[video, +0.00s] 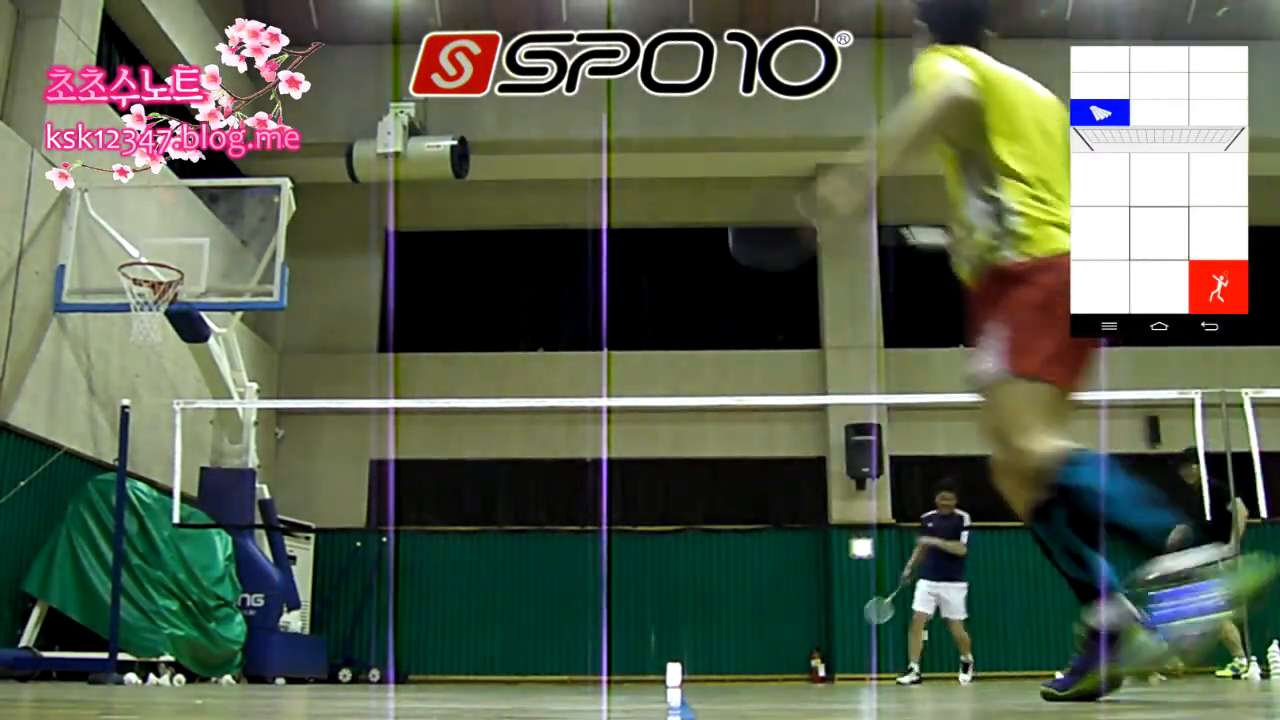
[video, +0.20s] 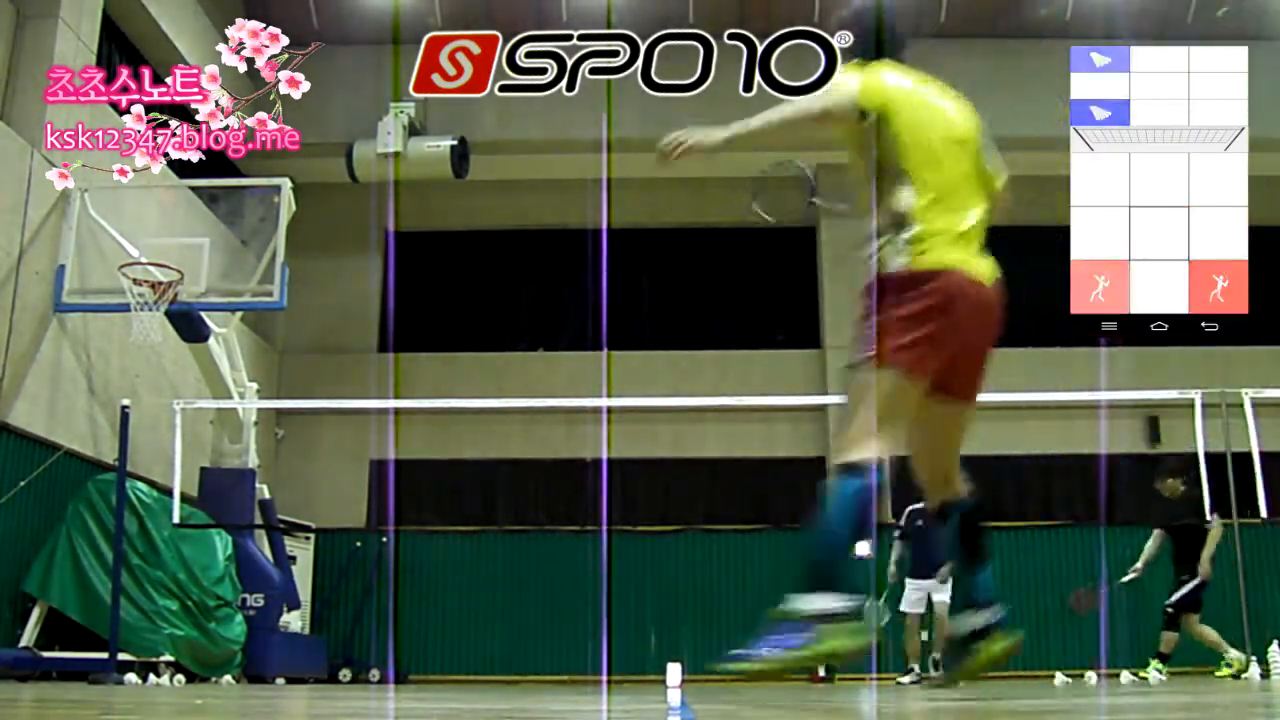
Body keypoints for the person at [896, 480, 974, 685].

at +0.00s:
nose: (945, 504)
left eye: (949, 500)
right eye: (941, 500)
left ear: (955, 501)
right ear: (935, 500)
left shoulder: (963, 519)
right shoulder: (927, 519)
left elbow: (961, 548)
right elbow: (922, 545)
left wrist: (933, 542)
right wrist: (909, 567)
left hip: (953, 583)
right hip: (928, 580)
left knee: (955, 627)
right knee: (917, 620)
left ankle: (967, 660)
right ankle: (913, 667)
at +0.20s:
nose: (932, 495)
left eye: (936, 492)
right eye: (930, 491)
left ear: (943, 491)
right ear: (926, 490)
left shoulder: (951, 514)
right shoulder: (913, 512)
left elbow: (959, 548)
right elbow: (900, 541)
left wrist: (949, 567)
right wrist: (893, 563)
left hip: (941, 578)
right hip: (915, 577)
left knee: (941, 620)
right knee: (911, 622)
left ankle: (937, 657)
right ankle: (914, 666)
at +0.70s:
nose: (950, 563)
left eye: (953, 559)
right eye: (947, 558)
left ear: (956, 556)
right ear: (937, 551)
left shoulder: (956, 566)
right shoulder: (914, 550)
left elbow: (960, 597)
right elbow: (897, 571)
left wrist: (962, 632)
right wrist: (910, 594)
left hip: (933, 588)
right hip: (907, 586)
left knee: (945, 615)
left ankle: (935, 665)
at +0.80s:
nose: (948, 582)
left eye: (951, 579)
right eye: (946, 578)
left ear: (955, 576)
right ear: (936, 569)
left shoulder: (956, 580)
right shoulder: (913, 565)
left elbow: (959, 612)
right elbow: (895, 591)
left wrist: (963, 648)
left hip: (930, 595)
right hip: (907, 596)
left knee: (948, 618)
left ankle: (936, 659)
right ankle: (895, 664)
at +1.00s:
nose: (950, 598)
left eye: (953, 595)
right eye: (948, 593)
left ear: (957, 591)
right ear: (939, 583)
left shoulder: (955, 591)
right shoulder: (920, 570)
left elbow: (959, 623)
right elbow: (891, 581)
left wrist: (963, 662)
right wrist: (906, 603)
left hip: (923, 598)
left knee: (947, 621)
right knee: (896, 612)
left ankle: (927, 667)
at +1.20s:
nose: (966, 561)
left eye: (968, 558)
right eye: (965, 557)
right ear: (955, 552)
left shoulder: (961, 561)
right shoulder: (930, 550)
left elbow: (960, 591)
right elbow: (901, 575)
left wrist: (968, 621)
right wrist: (910, 603)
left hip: (916, 579)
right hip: (891, 572)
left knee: (939, 613)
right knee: (898, 610)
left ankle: (930, 666)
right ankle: (895, 666)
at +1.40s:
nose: (980, 517)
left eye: (982, 513)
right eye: (977, 512)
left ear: (970, 511)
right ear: (965, 510)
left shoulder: (964, 526)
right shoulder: (941, 522)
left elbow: (971, 557)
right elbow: (913, 552)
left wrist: (1003, 571)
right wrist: (921, 587)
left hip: (924, 570)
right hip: (901, 566)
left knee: (948, 610)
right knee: (904, 612)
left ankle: (940, 664)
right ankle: (895, 667)